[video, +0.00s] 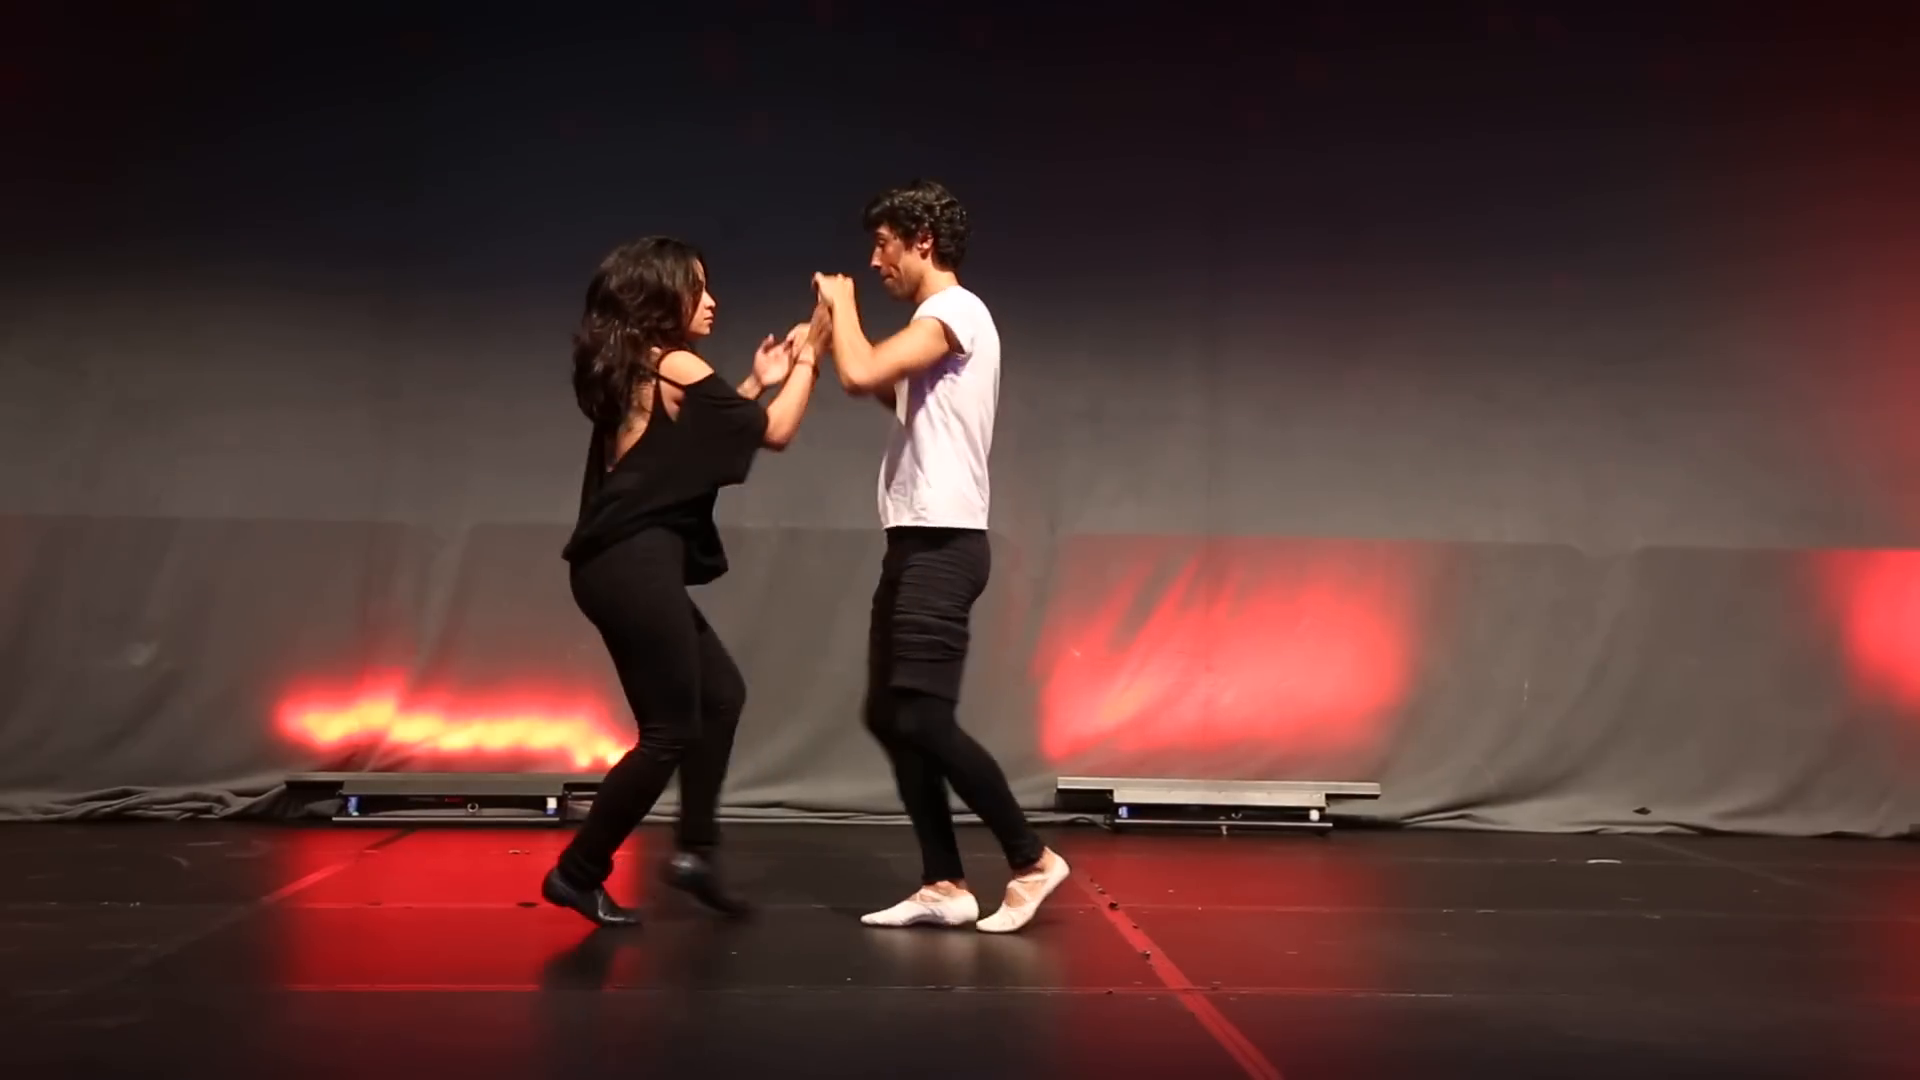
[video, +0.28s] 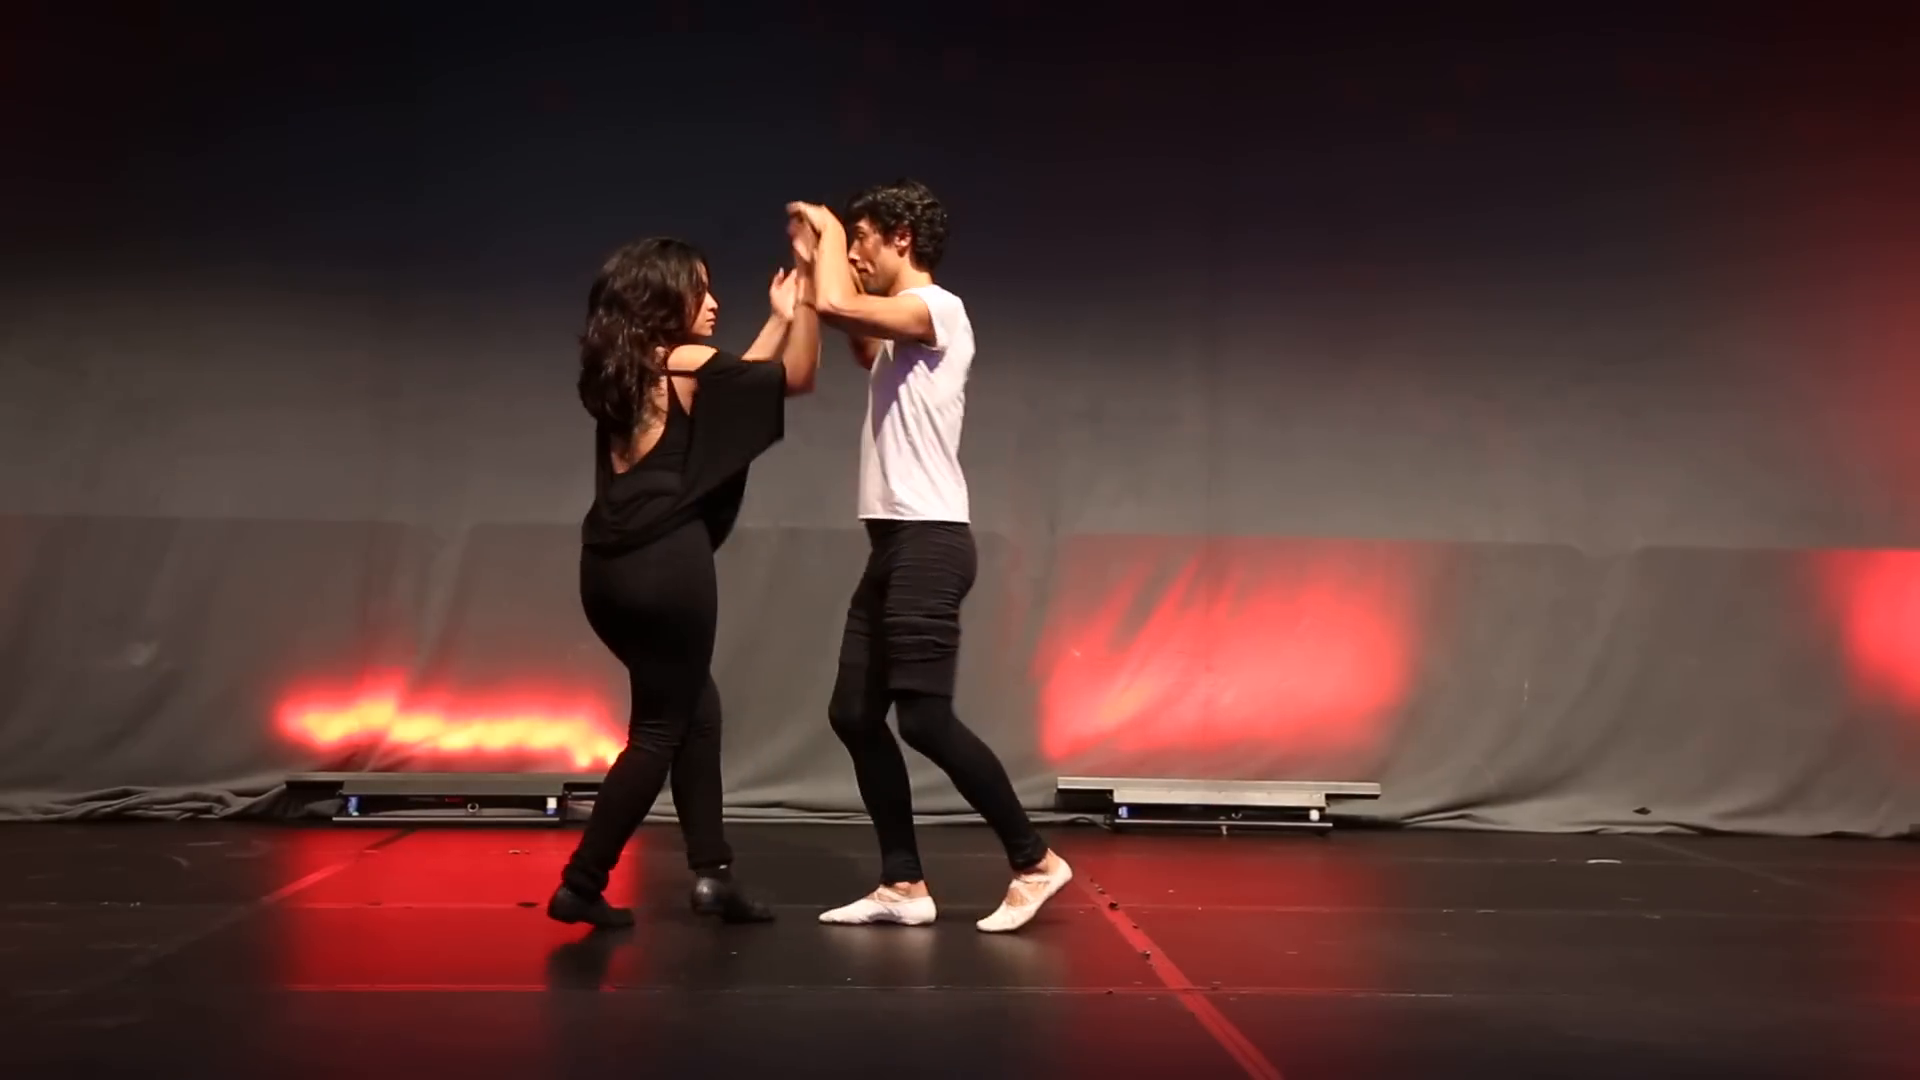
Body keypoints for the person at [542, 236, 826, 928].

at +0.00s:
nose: (710, 300)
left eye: (706, 287)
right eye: (699, 289)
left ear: (647, 301)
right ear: (665, 301)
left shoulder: (632, 364)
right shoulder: (675, 365)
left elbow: (692, 440)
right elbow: (776, 428)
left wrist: (756, 385)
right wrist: (810, 358)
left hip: (627, 564)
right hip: (632, 567)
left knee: (721, 693)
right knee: (671, 731)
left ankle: (695, 853)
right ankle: (578, 872)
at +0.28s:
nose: (713, 304)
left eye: (710, 291)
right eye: (700, 293)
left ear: (644, 305)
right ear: (664, 303)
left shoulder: (625, 371)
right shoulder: (688, 367)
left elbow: (738, 381)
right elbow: (797, 377)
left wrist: (780, 318)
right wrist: (809, 297)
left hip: (607, 574)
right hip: (669, 569)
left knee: (699, 712)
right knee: (657, 733)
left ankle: (711, 874)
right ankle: (581, 886)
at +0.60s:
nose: (727, 292)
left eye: (737, 282)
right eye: (713, 278)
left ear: (747, 296)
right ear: (680, 288)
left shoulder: (745, 361)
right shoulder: (640, 344)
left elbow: (765, 334)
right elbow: (655, 282)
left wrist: (752, 232)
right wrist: (717, 216)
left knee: (744, 723)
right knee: (643, 727)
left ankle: (714, 875)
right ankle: (636, 883)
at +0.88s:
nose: (643, 279)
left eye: (655, 271)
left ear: (670, 276)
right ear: (738, 280)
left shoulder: (652, 342)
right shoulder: (733, 347)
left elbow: (608, 286)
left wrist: (686, 250)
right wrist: (712, 223)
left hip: (655, 542)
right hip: (713, 544)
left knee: (595, 714)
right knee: (659, 719)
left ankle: (714, 821)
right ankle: (675, 890)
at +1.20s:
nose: (719, 291)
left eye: (714, 278)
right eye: (705, 279)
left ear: (661, 298)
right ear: (666, 295)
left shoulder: (647, 365)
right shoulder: (690, 368)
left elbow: (726, 338)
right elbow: (783, 385)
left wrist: (760, 327)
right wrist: (795, 293)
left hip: (645, 565)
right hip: (659, 572)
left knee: (745, 699)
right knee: (640, 737)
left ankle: (674, 843)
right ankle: (579, 891)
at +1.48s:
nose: (774, 308)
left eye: (772, 294)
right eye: (760, 295)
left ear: (733, 309)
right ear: (718, 305)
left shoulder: (753, 371)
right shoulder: (707, 375)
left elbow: (820, 380)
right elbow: (815, 369)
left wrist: (820, 308)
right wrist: (819, 273)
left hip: (758, 579)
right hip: (702, 577)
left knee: (819, 728)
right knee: (695, 730)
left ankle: (768, 894)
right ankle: (602, 874)